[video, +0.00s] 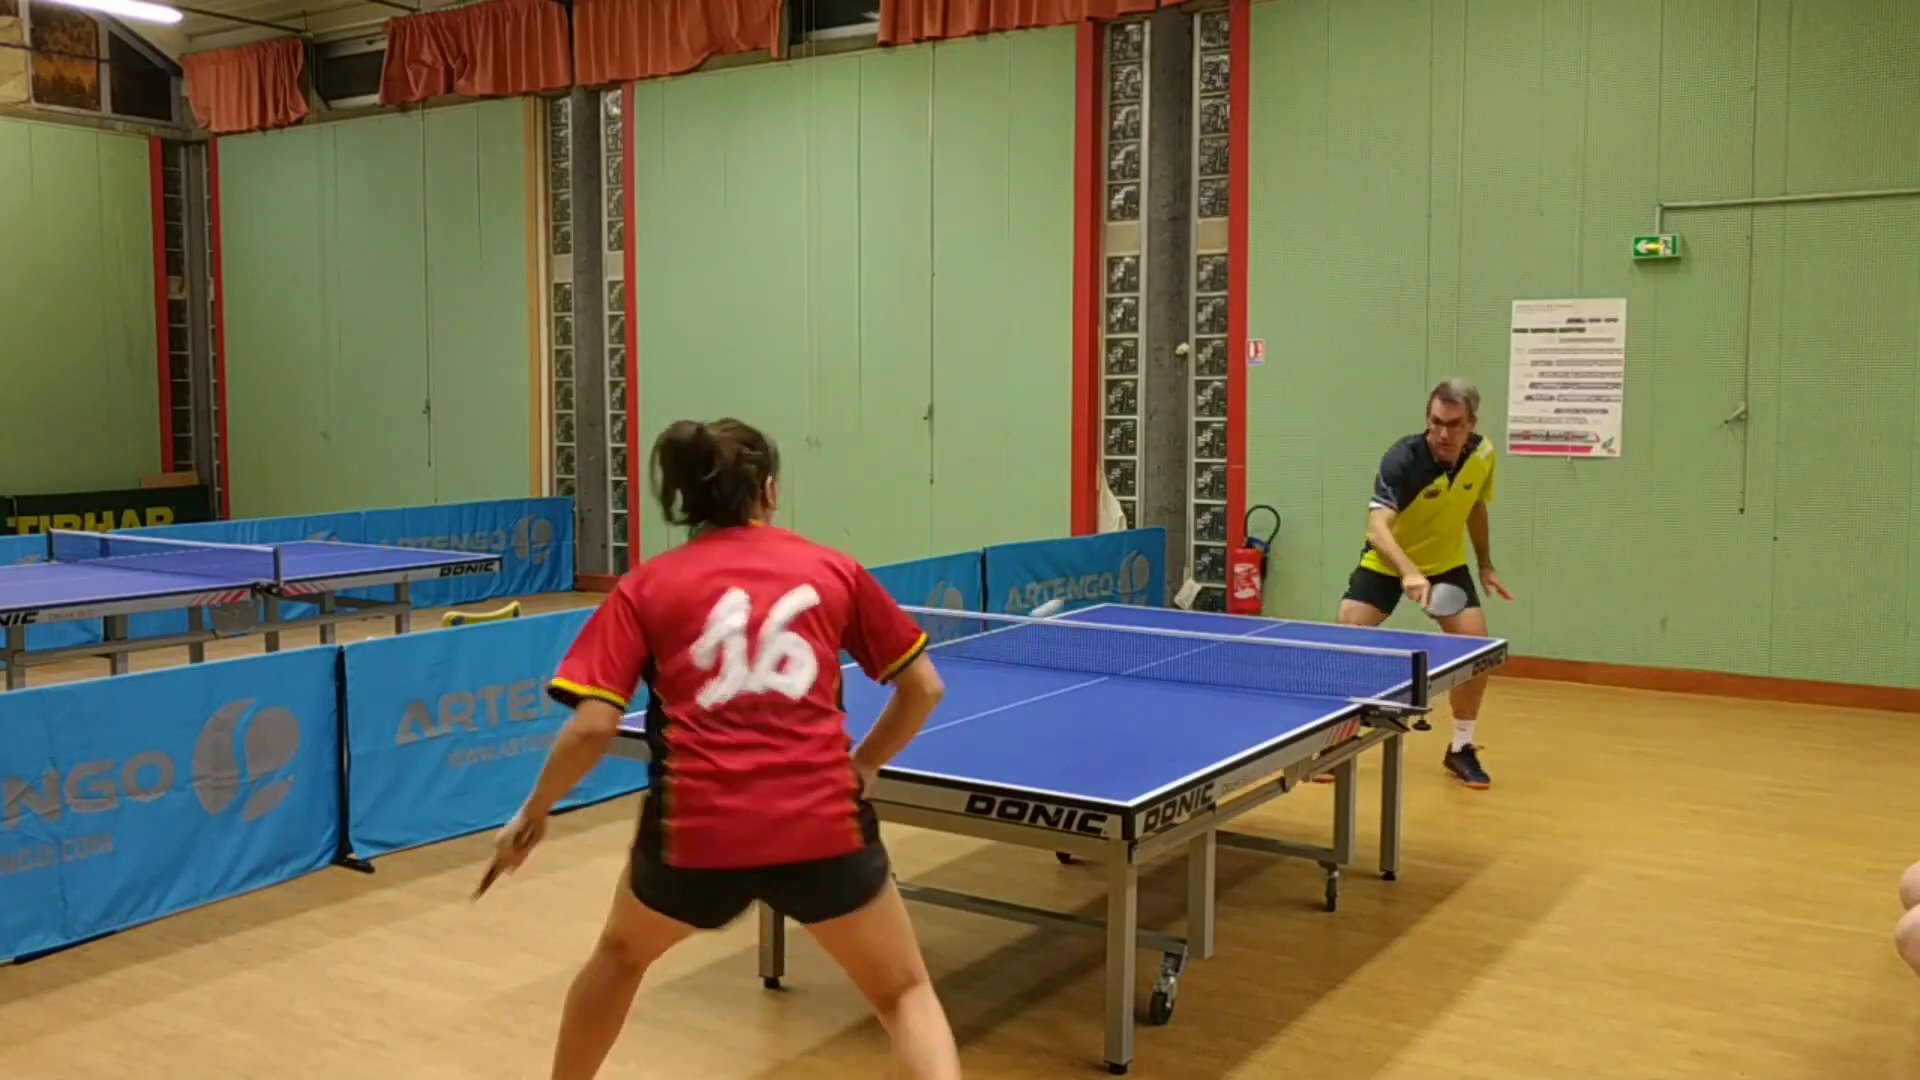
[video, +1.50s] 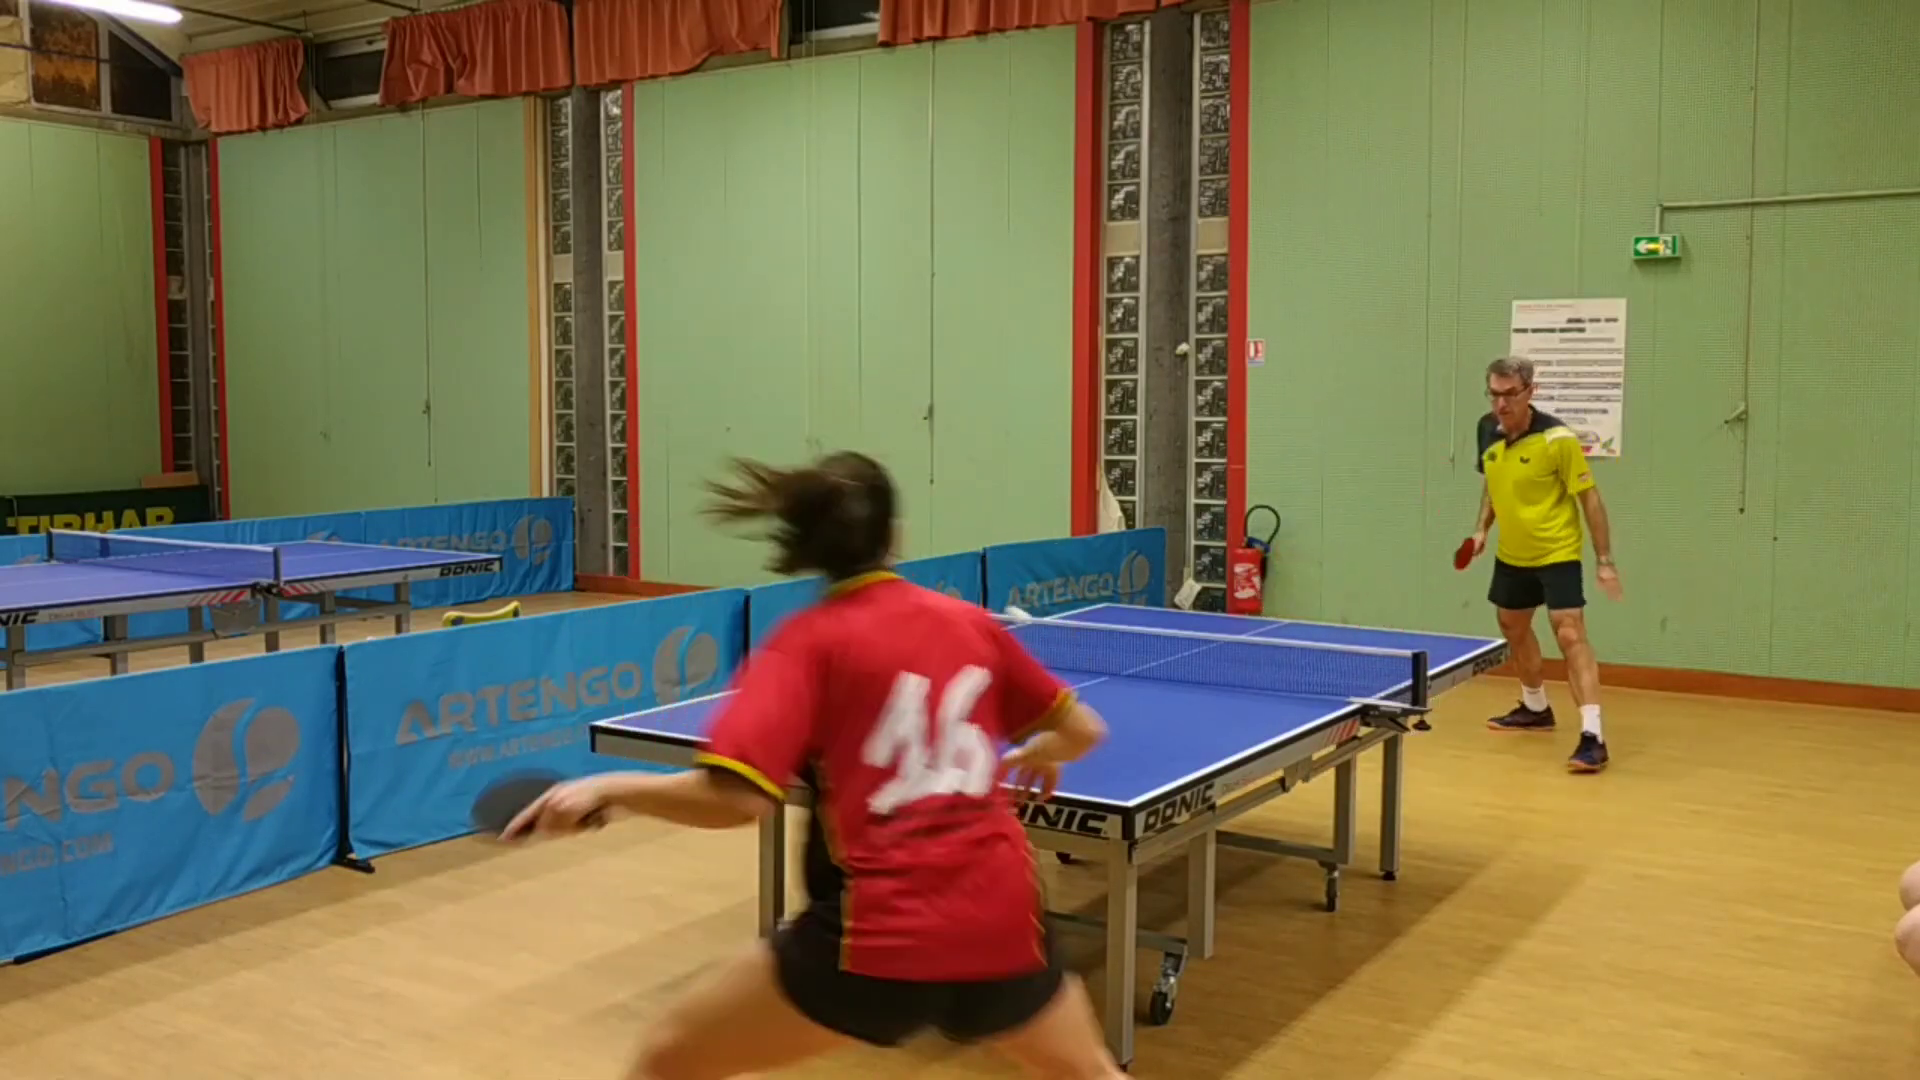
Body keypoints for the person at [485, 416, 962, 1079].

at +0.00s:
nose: (777, 489)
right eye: (775, 481)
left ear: (686, 498)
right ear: (766, 490)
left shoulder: (647, 586)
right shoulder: (828, 569)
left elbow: (595, 725)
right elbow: (923, 687)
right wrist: (864, 763)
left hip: (696, 838)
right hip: (822, 829)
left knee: (620, 959)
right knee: (904, 993)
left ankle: (566, 1076)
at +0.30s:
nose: (610, 571)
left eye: (610, 559)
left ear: (619, 572)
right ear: (697, 541)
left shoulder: (646, 664)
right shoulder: (775, 609)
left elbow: (672, 818)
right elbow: (866, 724)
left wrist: (535, 901)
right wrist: (814, 805)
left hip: (762, 908)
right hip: (876, 888)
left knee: (576, 954)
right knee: (937, 1054)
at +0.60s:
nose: (780, 539)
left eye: (774, 527)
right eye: (776, 529)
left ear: (692, 551)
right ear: (767, 546)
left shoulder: (682, 632)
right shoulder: (770, 649)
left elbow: (849, 619)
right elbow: (843, 796)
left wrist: (931, 599)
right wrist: (784, 772)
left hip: (661, 941)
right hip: (762, 951)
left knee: (660, 1031)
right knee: (989, 998)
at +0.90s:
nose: (839, 428)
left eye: (837, 412)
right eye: (835, 412)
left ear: (738, 427)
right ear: (816, 422)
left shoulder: (707, 514)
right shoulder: (833, 513)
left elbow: (774, 612)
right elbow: (879, 685)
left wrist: (902, 618)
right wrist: (820, 672)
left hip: (666, 813)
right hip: (786, 825)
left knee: (603, 1006)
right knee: (943, 1022)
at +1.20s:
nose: (787, 466)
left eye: (783, 453)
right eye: (785, 455)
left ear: (686, 470)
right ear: (774, 467)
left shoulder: (633, 584)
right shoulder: (837, 574)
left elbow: (570, 745)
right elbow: (927, 723)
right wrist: (889, 771)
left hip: (679, 885)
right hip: (821, 882)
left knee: (571, 1066)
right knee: (940, 1068)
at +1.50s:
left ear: (801, 544)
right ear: (890, 534)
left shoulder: (811, 641)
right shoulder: (966, 622)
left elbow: (742, 796)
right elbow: (1079, 729)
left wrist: (609, 792)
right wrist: (1040, 757)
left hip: (877, 944)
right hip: (999, 937)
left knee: (667, 1059)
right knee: (1098, 1073)